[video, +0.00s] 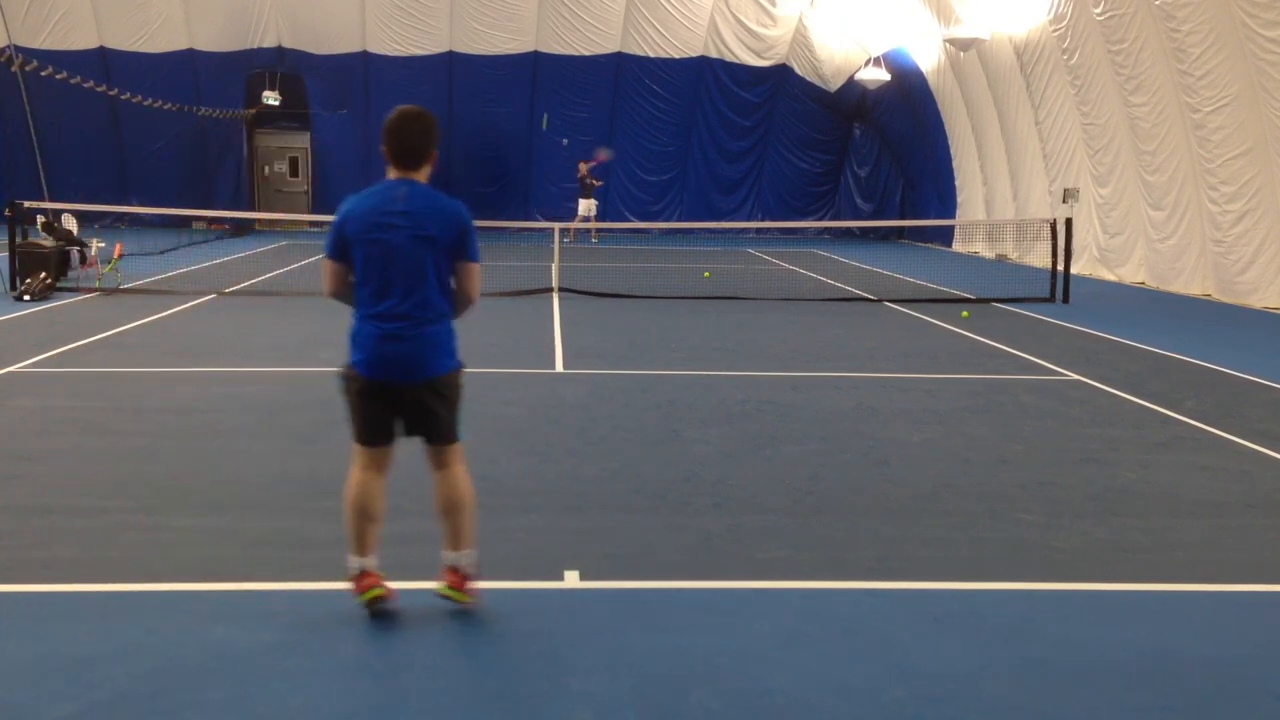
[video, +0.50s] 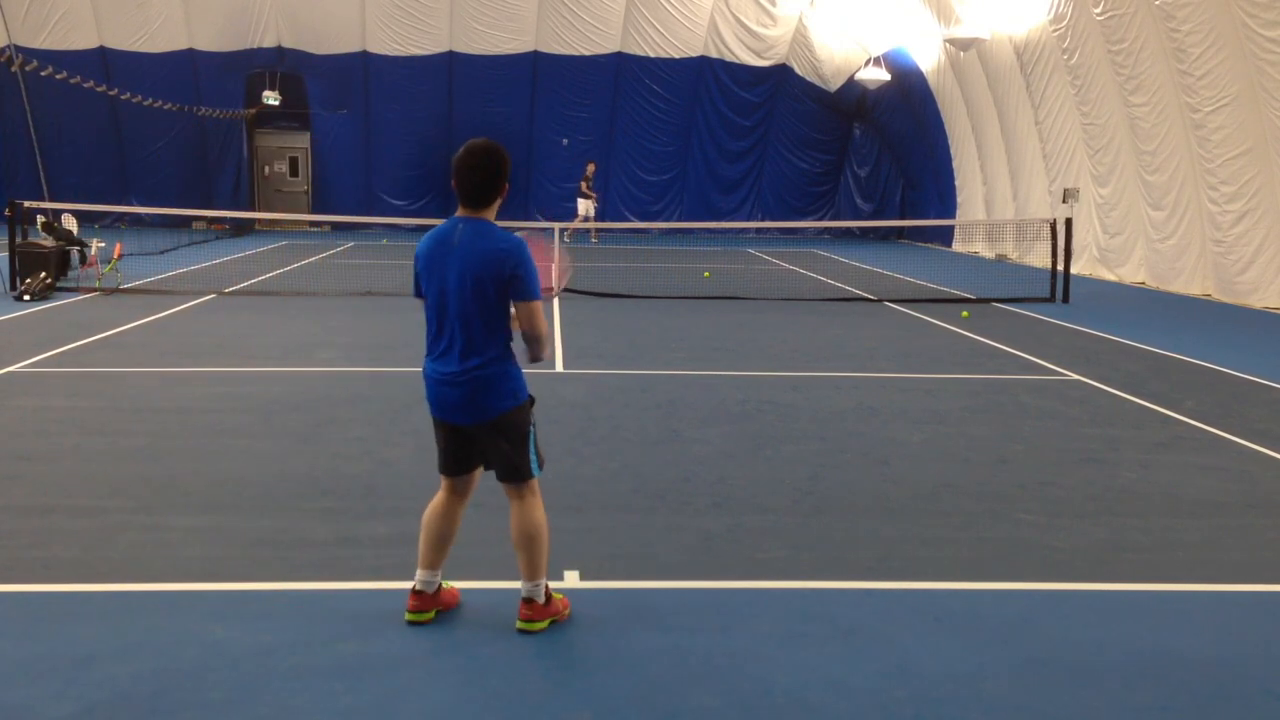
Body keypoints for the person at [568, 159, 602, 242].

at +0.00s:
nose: (583, 168)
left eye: (583, 166)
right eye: (581, 167)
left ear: (586, 168)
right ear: (579, 169)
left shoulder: (589, 177)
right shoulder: (580, 177)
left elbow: (595, 183)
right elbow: (583, 171)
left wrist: (599, 183)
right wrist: (591, 165)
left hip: (590, 199)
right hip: (583, 199)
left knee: (592, 218)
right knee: (580, 216)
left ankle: (593, 235)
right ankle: (571, 234)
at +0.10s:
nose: (585, 168)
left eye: (587, 166)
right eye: (584, 166)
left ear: (589, 167)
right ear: (582, 168)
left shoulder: (590, 178)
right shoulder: (582, 176)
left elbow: (594, 185)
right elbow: (593, 173)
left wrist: (599, 188)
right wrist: (601, 170)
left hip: (591, 199)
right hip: (583, 199)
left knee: (592, 218)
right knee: (581, 217)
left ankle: (593, 235)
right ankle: (570, 234)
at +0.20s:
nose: (588, 168)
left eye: (589, 166)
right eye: (586, 166)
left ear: (591, 167)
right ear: (584, 168)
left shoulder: (591, 177)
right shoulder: (584, 176)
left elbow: (593, 186)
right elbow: (596, 177)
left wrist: (597, 192)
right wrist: (606, 177)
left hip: (591, 199)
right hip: (584, 199)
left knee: (592, 218)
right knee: (581, 217)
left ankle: (593, 236)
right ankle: (569, 233)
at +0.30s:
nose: (589, 168)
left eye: (591, 166)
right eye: (588, 166)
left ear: (593, 167)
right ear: (586, 167)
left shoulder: (591, 178)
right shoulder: (586, 176)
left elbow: (592, 189)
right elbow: (592, 182)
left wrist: (596, 195)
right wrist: (602, 184)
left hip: (592, 199)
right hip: (584, 198)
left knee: (592, 218)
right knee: (582, 217)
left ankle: (593, 235)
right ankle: (568, 233)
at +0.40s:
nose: (591, 168)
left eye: (593, 166)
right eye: (590, 166)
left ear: (594, 167)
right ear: (587, 167)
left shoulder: (591, 177)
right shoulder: (585, 176)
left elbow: (591, 190)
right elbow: (589, 187)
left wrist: (595, 200)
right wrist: (597, 191)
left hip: (591, 199)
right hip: (584, 199)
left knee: (592, 217)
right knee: (582, 217)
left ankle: (593, 235)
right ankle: (568, 233)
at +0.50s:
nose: (591, 169)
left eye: (593, 167)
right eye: (590, 167)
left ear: (594, 169)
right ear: (587, 168)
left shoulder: (591, 178)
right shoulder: (584, 177)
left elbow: (589, 191)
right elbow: (583, 189)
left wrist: (593, 200)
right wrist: (593, 194)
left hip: (589, 199)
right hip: (582, 199)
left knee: (591, 218)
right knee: (581, 217)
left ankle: (593, 235)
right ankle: (568, 233)